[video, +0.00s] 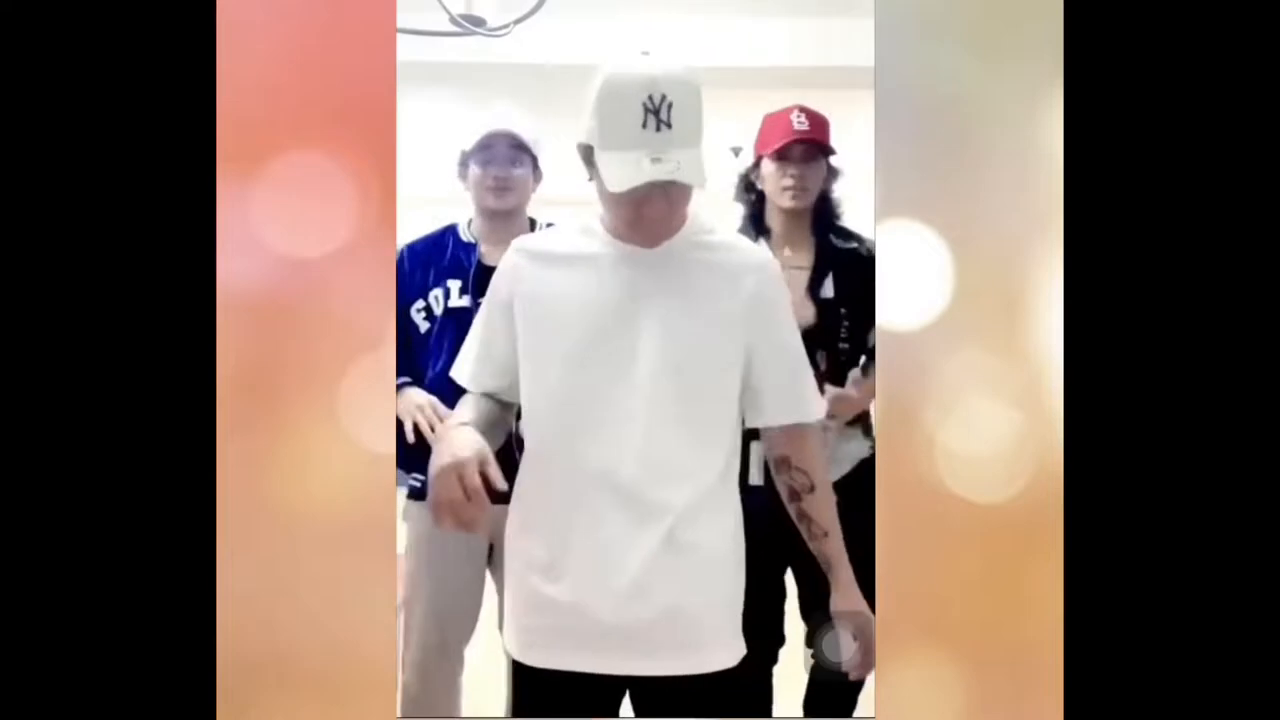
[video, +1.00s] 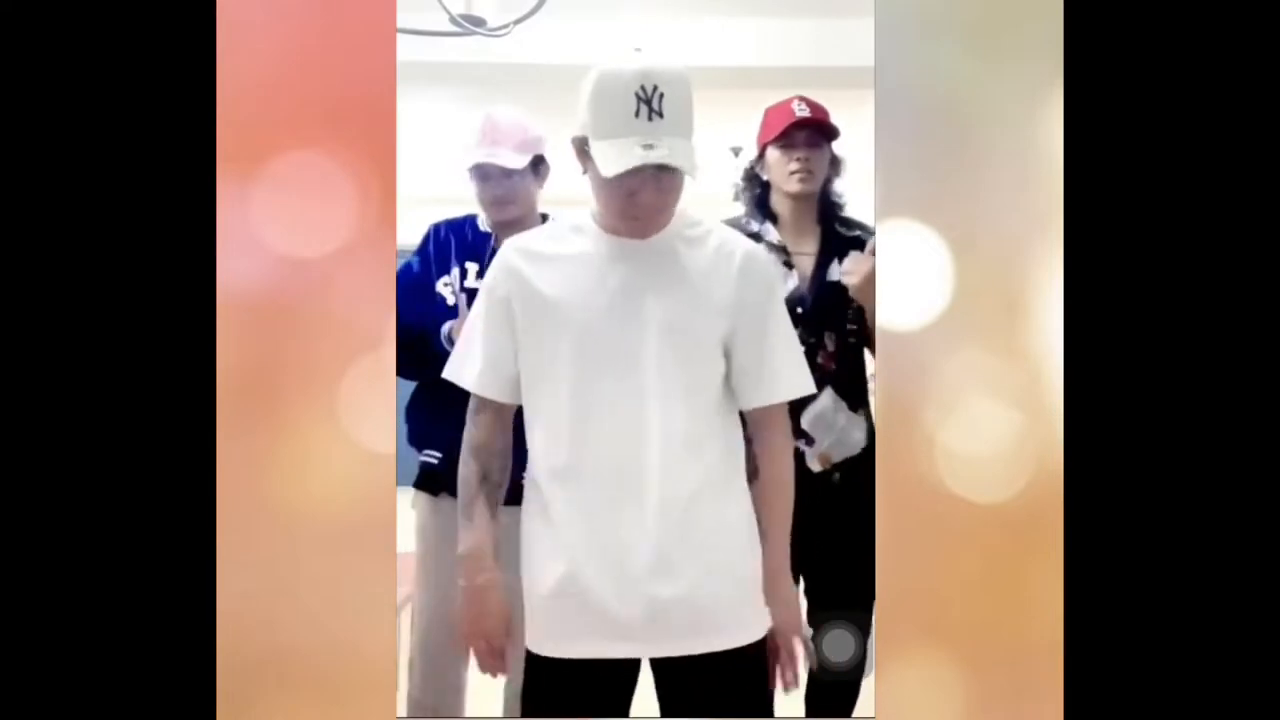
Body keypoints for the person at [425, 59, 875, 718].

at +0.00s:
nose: (660, 206)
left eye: (676, 184)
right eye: (637, 187)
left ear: (698, 159)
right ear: (590, 164)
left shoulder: (745, 272)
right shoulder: (532, 266)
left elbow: (794, 449)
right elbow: (491, 398)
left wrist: (844, 585)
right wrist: (457, 434)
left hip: (698, 628)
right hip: (558, 624)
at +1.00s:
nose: (645, 192)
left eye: (664, 170)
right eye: (625, 170)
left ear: (689, 159)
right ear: (583, 155)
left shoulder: (741, 269)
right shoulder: (524, 268)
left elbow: (772, 440)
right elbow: (487, 433)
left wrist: (781, 590)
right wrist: (479, 573)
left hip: (714, 604)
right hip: (573, 607)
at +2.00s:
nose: (644, 140)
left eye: (665, 121)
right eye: (626, 119)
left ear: (691, 133)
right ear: (594, 130)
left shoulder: (734, 234)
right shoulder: (558, 236)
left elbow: (757, 352)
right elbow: (540, 354)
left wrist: (727, 262)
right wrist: (563, 272)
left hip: (716, 559)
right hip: (592, 559)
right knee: (588, 719)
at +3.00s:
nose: (647, 157)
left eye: (667, 137)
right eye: (628, 137)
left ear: (697, 150)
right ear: (602, 151)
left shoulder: (755, 248)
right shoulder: (572, 255)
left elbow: (791, 383)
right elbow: (527, 384)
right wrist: (551, 358)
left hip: (714, 568)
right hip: (583, 563)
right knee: (549, 717)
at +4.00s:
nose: (649, 168)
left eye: (667, 148)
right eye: (629, 148)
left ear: (699, 161)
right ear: (603, 162)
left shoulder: (746, 281)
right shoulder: (552, 261)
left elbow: (751, 419)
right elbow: (508, 378)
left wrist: (721, 384)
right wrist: (553, 348)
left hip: (694, 572)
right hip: (561, 564)